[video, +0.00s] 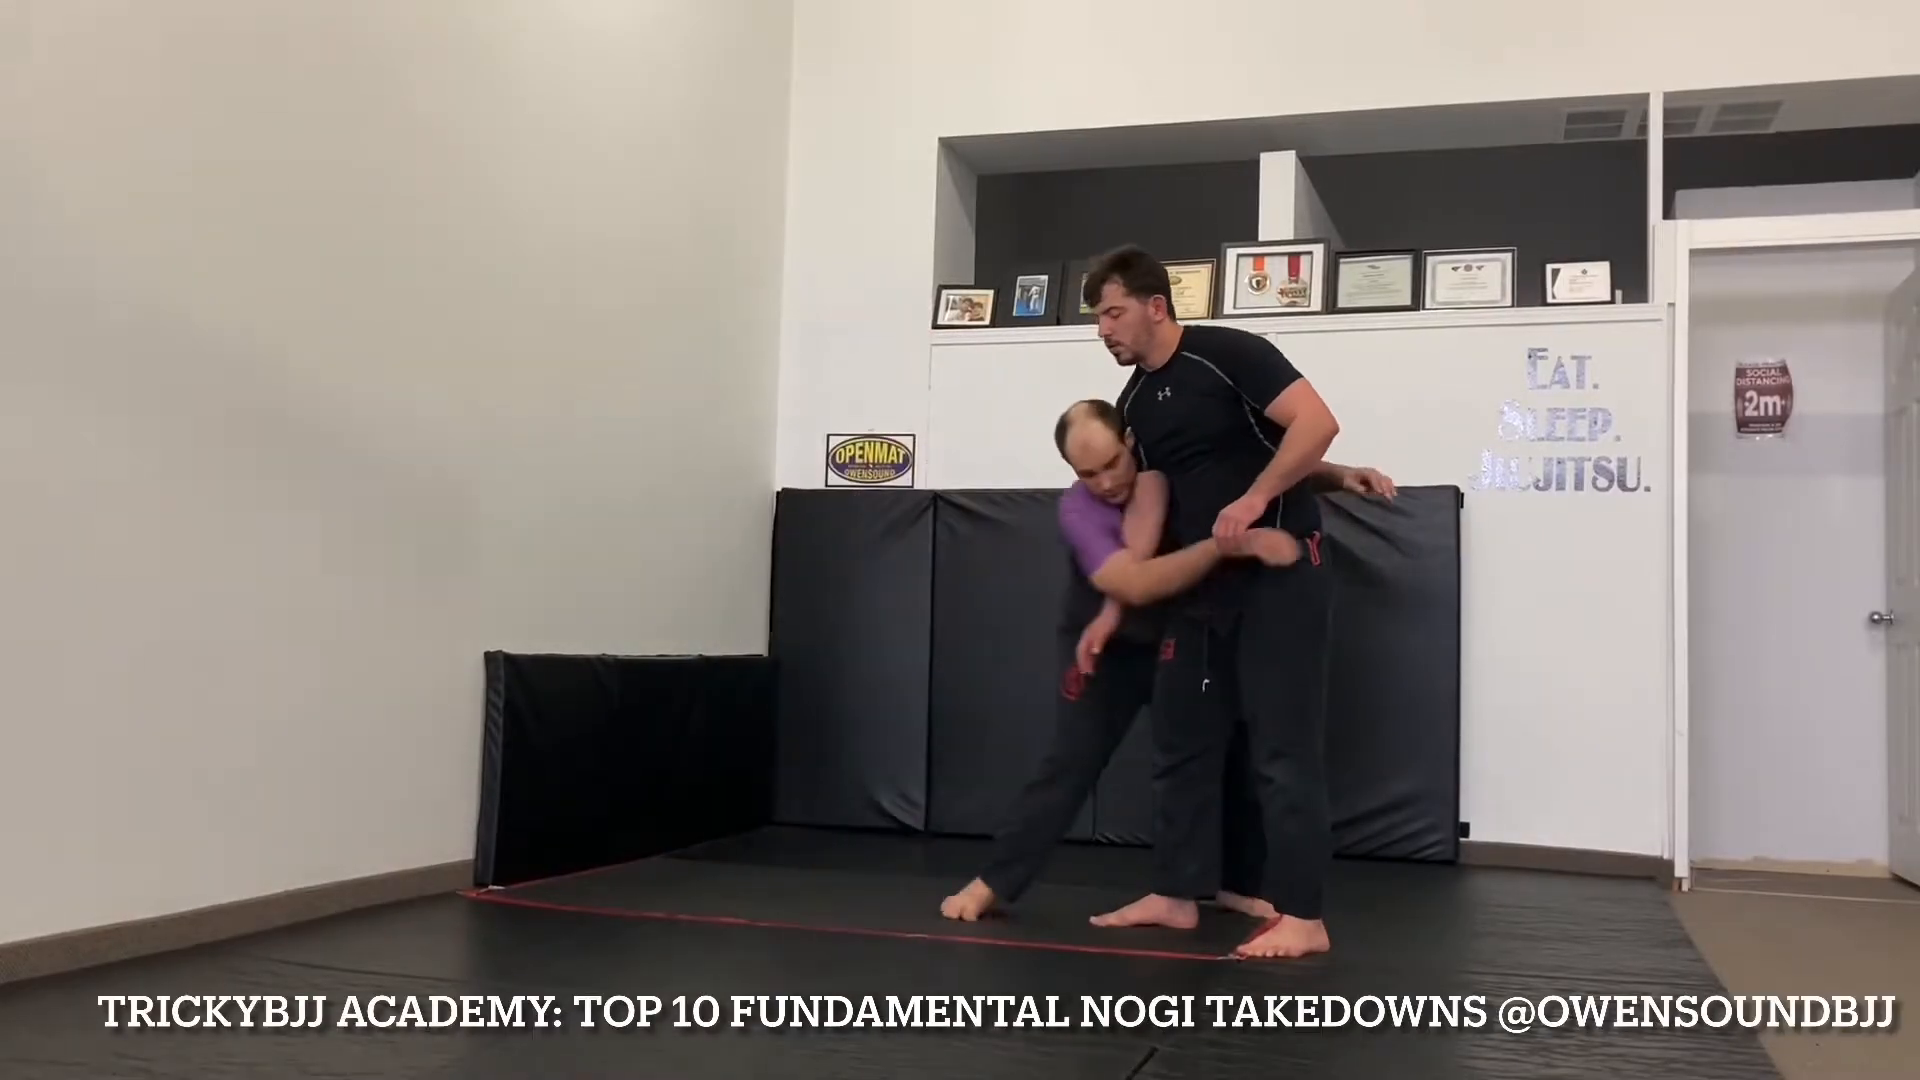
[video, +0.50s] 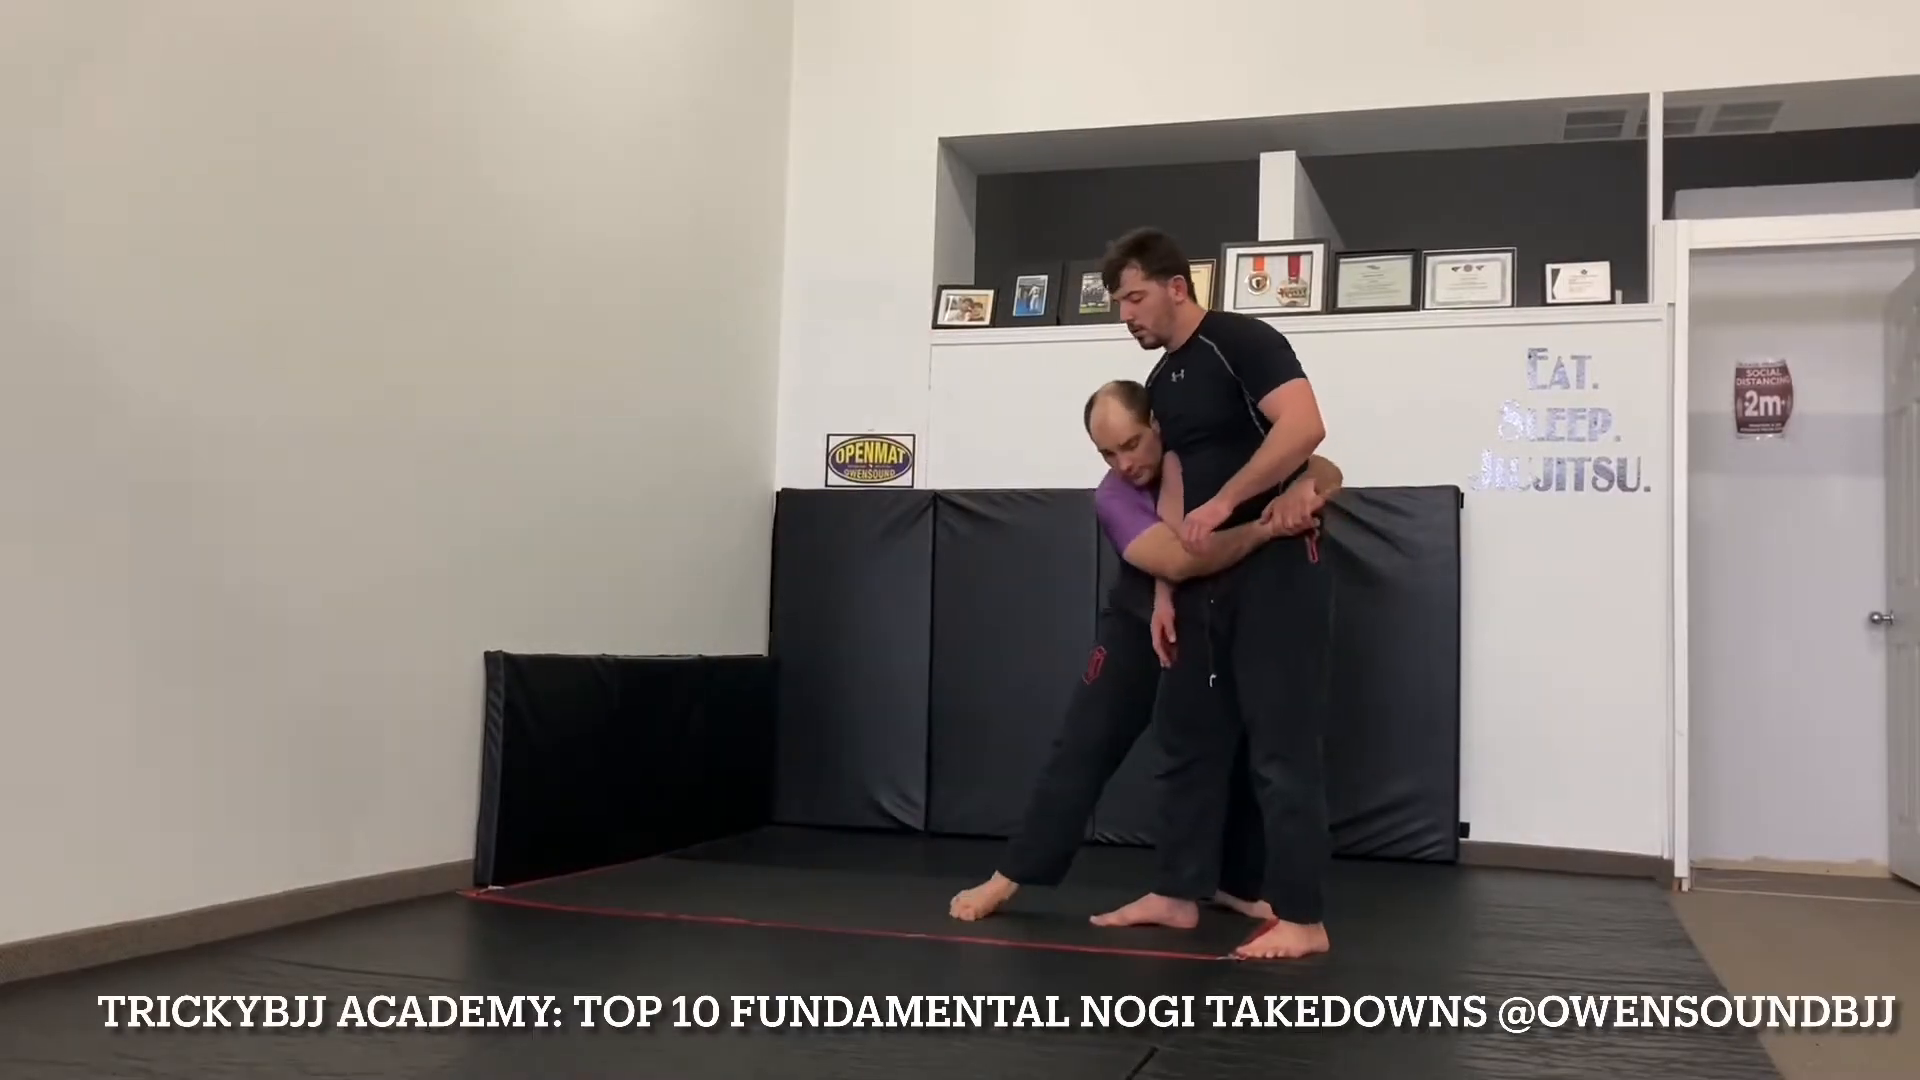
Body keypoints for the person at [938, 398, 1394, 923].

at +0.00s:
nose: (1106, 481)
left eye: (1113, 464)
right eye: (1090, 473)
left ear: (1134, 444)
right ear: (1074, 471)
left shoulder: (1176, 472)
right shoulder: (1081, 510)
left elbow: (1268, 471)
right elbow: (1134, 583)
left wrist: (1343, 478)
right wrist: (1235, 544)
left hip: (1192, 629)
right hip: (1113, 643)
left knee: (1232, 752)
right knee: (1073, 762)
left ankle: (1235, 883)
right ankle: (994, 881)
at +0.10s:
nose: (1116, 485)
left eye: (1120, 467)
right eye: (1101, 480)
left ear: (1140, 443)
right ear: (1087, 479)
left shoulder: (1187, 469)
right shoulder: (1102, 520)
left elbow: (1269, 459)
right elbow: (1173, 570)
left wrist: (1341, 470)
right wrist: (1273, 534)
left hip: (1210, 622)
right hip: (1128, 640)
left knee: (1237, 752)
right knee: (1090, 757)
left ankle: (1236, 881)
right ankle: (1014, 883)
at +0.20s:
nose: (1119, 486)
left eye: (1124, 467)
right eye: (1104, 479)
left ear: (1148, 443)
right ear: (1093, 476)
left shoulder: (1204, 461)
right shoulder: (1113, 516)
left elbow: (1320, 460)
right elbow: (1173, 561)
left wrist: (1338, 489)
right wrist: (1296, 524)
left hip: (1225, 625)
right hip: (1143, 637)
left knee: (1241, 755)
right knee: (1090, 757)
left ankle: (1236, 881)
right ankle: (1012, 884)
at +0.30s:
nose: (1121, 479)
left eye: (1127, 461)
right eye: (1107, 472)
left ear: (1154, 439)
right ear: (1098, 469)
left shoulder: (1209, 463)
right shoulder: (1116, 510)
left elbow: (1326, 468)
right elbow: (1159, 561)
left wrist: (1316, 497)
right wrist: (1272, 533)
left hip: (1226, 633)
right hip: (1145, 642)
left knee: (1244, 760)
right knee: (1090, 761)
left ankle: (1235, 882)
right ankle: (1009, 883)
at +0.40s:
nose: (1123, 472)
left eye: (1130, 454)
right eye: (1109, 464)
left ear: (1158, 435)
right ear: (1100, 461)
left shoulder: (1211, 465)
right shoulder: (1118, 506)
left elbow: (1331, 472)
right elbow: (1177, 562)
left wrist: (1310, 489)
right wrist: (1271, 527)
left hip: (1224, 635)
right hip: (1145, 644)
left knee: (1246, 760)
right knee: (1090, 761)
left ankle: (1240, 883)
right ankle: (1008, 884)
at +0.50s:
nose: (1124, 462)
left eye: (1131, 444)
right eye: (1110, 453)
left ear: (1159, 425)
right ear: (1099, 449)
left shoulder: (1208, 457)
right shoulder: (1114, 494)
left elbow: (1327, 471)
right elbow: (1177, 561)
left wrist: (1305, 488)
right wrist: (1266, 528)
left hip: (1219, 624)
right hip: (1140, 630)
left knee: (1243, 752)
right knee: (1084, 747)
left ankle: (1239, 882)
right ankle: (1008, 878)